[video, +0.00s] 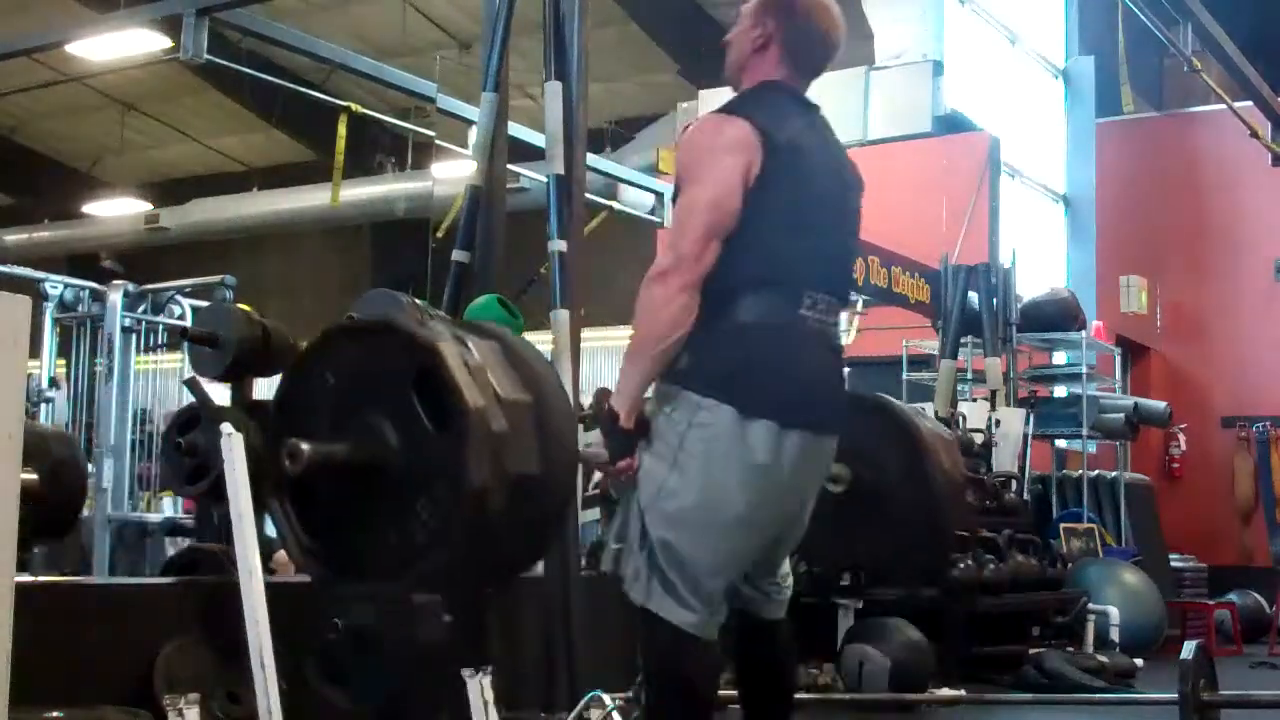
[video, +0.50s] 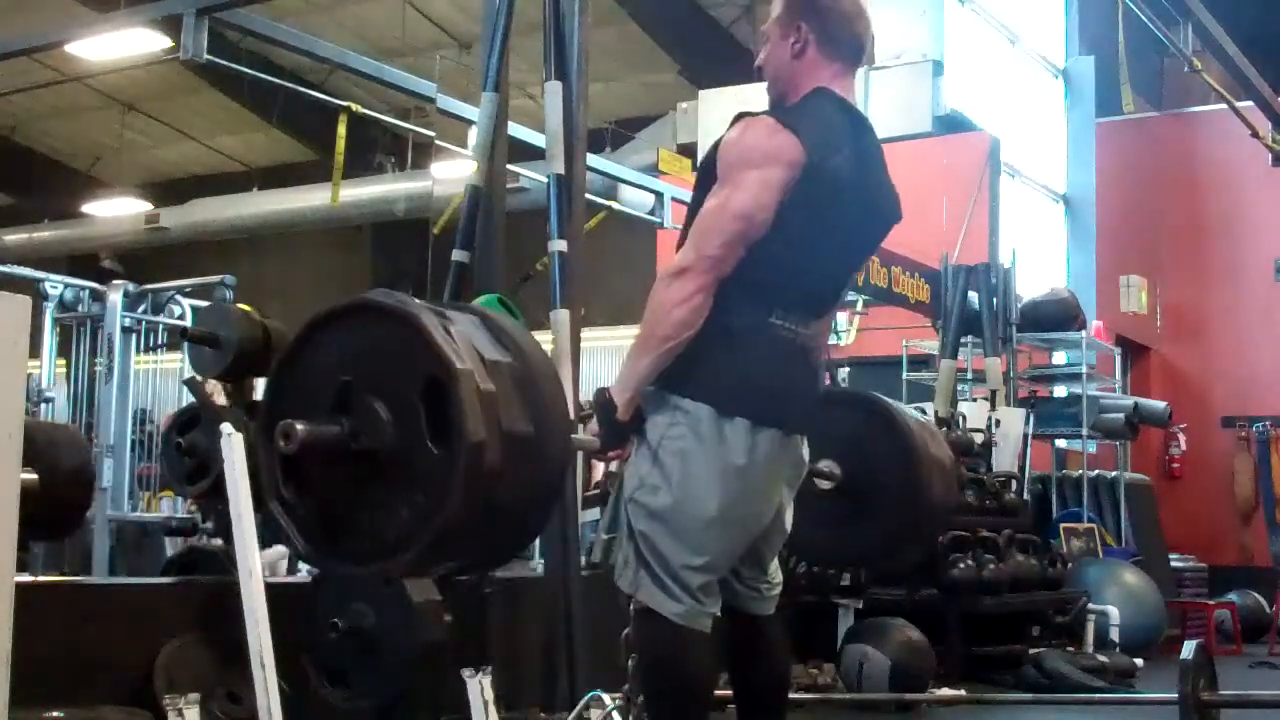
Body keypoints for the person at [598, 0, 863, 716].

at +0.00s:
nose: (727, 33)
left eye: (739, 21)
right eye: (734, 23)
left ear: (763, 35)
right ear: (804, 53)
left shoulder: (728, 129)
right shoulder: (832, 153)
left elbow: (679, 269)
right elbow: (812, 292)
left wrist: (625, 399)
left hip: (727, 389)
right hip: (813, 395)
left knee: (677, 607)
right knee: (759, 598)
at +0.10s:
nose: (747, 32)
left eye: (758, 17)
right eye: (754, 18)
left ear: (786, 28)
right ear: (828, 49)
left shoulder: (745, 129)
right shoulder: (847, 153)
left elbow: (686, 269)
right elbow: (794, 298)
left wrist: (622, 398)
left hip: (723, 385)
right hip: (807, 392)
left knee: (676, 600)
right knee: (755, 593)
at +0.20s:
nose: (754, 45)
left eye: (764, 26)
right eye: (759, 29)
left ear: (796, 29)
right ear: (842, 48)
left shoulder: (760, 129)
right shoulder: (858, 152)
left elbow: (691, 271)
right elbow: (818, 307)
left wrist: (619, 396)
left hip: (712, 396)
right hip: (791, 403)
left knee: (675, 606)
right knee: (754, 598)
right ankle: (766, 719)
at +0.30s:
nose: (756, 53)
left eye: (765, 33)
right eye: (760, 36)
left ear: (798, 34)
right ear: (845, 51)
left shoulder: (769, 130)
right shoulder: (862, 151)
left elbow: (695, 271)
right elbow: (818, 307)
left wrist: (619, 399)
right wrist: (801, 410)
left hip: (714, 386)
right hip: (789, 391)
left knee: (675, 599)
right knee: (753, 594)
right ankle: (764, 719)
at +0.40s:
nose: (757, 55)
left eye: (766, 36)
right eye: (761, 39)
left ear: (799, 37)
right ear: (842, 51)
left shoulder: (771, 133)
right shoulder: (861, 151)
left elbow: (697, 272)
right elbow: (817, 307)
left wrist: (620, 397)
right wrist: (804, 409)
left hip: (715, 383)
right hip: (788, 387)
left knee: (672, 600)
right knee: (752, 596)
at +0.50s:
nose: (758, 58)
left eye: (766, 39)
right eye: (762, 41)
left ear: (800, 39)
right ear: (843, 54)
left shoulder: (771, 134)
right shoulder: (862, 154)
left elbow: (696, 273)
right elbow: (817, 307)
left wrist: (620, 397)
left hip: (715, 380)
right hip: (788, 385)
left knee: (671, 601)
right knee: (752, 596)